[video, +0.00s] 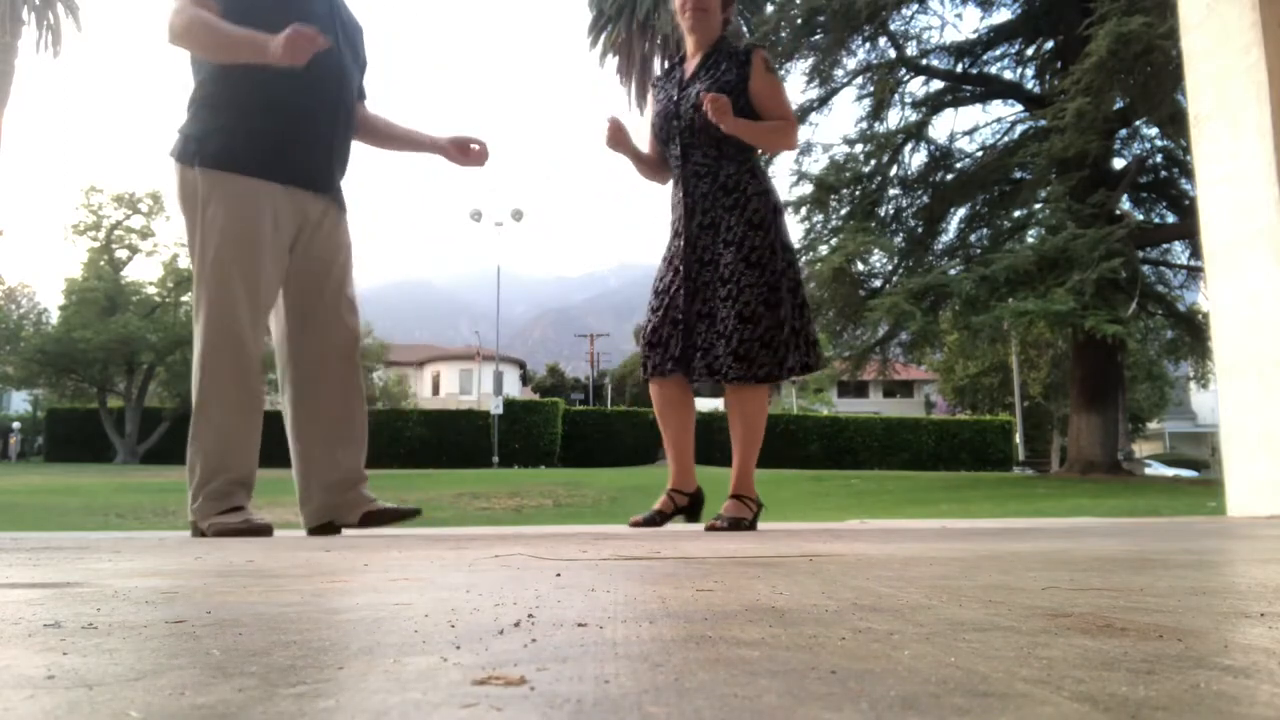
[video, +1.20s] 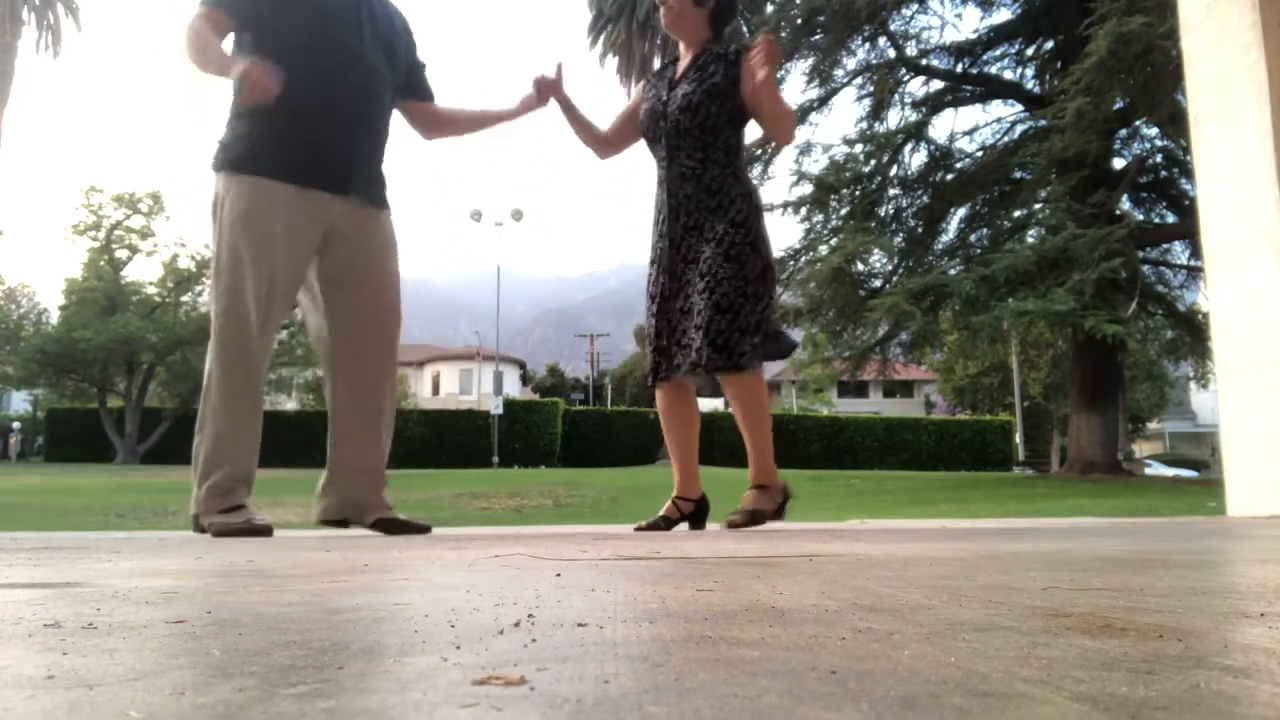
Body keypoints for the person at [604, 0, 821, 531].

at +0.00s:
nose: (690, 5)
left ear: (726, 7)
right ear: (671, 9)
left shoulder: (748, 61)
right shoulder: (666, 82)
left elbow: (787, 134)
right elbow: (661, 170)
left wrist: (733, 125)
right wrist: (628, 147)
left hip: (744, 223)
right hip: (689, 226)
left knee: (745, 350)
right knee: (663, 346)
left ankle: (742, 494)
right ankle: (682, 487)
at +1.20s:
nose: (661, 10)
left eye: (671, 2)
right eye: (659, 4)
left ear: (705, 5)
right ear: (665, 13)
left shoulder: (736, 62)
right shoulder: (657, 83)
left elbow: (782, 131)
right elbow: (604, 144)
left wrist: (762, 80)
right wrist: (560, 98)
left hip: (727, 221)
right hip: (674, 227)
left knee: (729, 348)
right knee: (668, 361)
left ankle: (767, 484)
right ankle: (687, 494)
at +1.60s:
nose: (688, 10)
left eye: (699, 1)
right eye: (689, 3)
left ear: (734, 7)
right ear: (707, 15)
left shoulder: (779, 58)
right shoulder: (703, 96)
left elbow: (832, 121)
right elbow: (640, 146)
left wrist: (769, 133)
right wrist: (563, 117)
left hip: (795, 228)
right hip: (744, 237)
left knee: (783, 352)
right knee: (696, 357)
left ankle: (833, 490)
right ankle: (684, 489)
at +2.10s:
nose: (690, 8)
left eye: (700, 1)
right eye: (691, 2)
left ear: (734, 6)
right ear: (708, 12)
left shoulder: (784, 61)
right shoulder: (702, 89)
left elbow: (842, 127)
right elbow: (652, 147)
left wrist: (826, 120)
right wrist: (588, 112)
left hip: (786, 217)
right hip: (736, 228)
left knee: (738, 321)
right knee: (735, 349)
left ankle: (779, 465)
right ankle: (763, 486)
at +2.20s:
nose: (676, 10)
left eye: (686, 3)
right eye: (678, 3)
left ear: (718, 9)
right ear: (699, 12)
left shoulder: (765, 63)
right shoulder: (692, 91)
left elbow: (818, 132)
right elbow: (649, 159)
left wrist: (811, 116)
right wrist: (581, 125)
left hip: (760, 223)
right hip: (719, 229)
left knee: (698, 330)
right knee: (733, 366)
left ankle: (705, 478)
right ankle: (764, 496)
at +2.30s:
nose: (653, 20)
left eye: (662, 9)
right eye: (655, 11)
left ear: (691, 12)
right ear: (677, 17)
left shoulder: (732, 67)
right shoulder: (682, 91)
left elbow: (776, 136)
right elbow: (649, 178)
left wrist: (743, 91)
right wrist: (578, 152)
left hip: (726, 238)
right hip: (696, 240)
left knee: (660, 343)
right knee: (726, 369)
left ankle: (654, 486)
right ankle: (762, 494)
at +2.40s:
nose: (616, 15)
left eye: (623, 8)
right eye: (615, 12)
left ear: (648, 3)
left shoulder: (670, 36)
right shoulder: (649, 66)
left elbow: (695, 84)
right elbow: (653, 176)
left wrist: (629, 33)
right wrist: (573, 166)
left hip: (687, 228)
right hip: (684, 229)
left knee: (622, 342)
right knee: (705, 363)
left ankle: (647, 490)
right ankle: (759, 487)